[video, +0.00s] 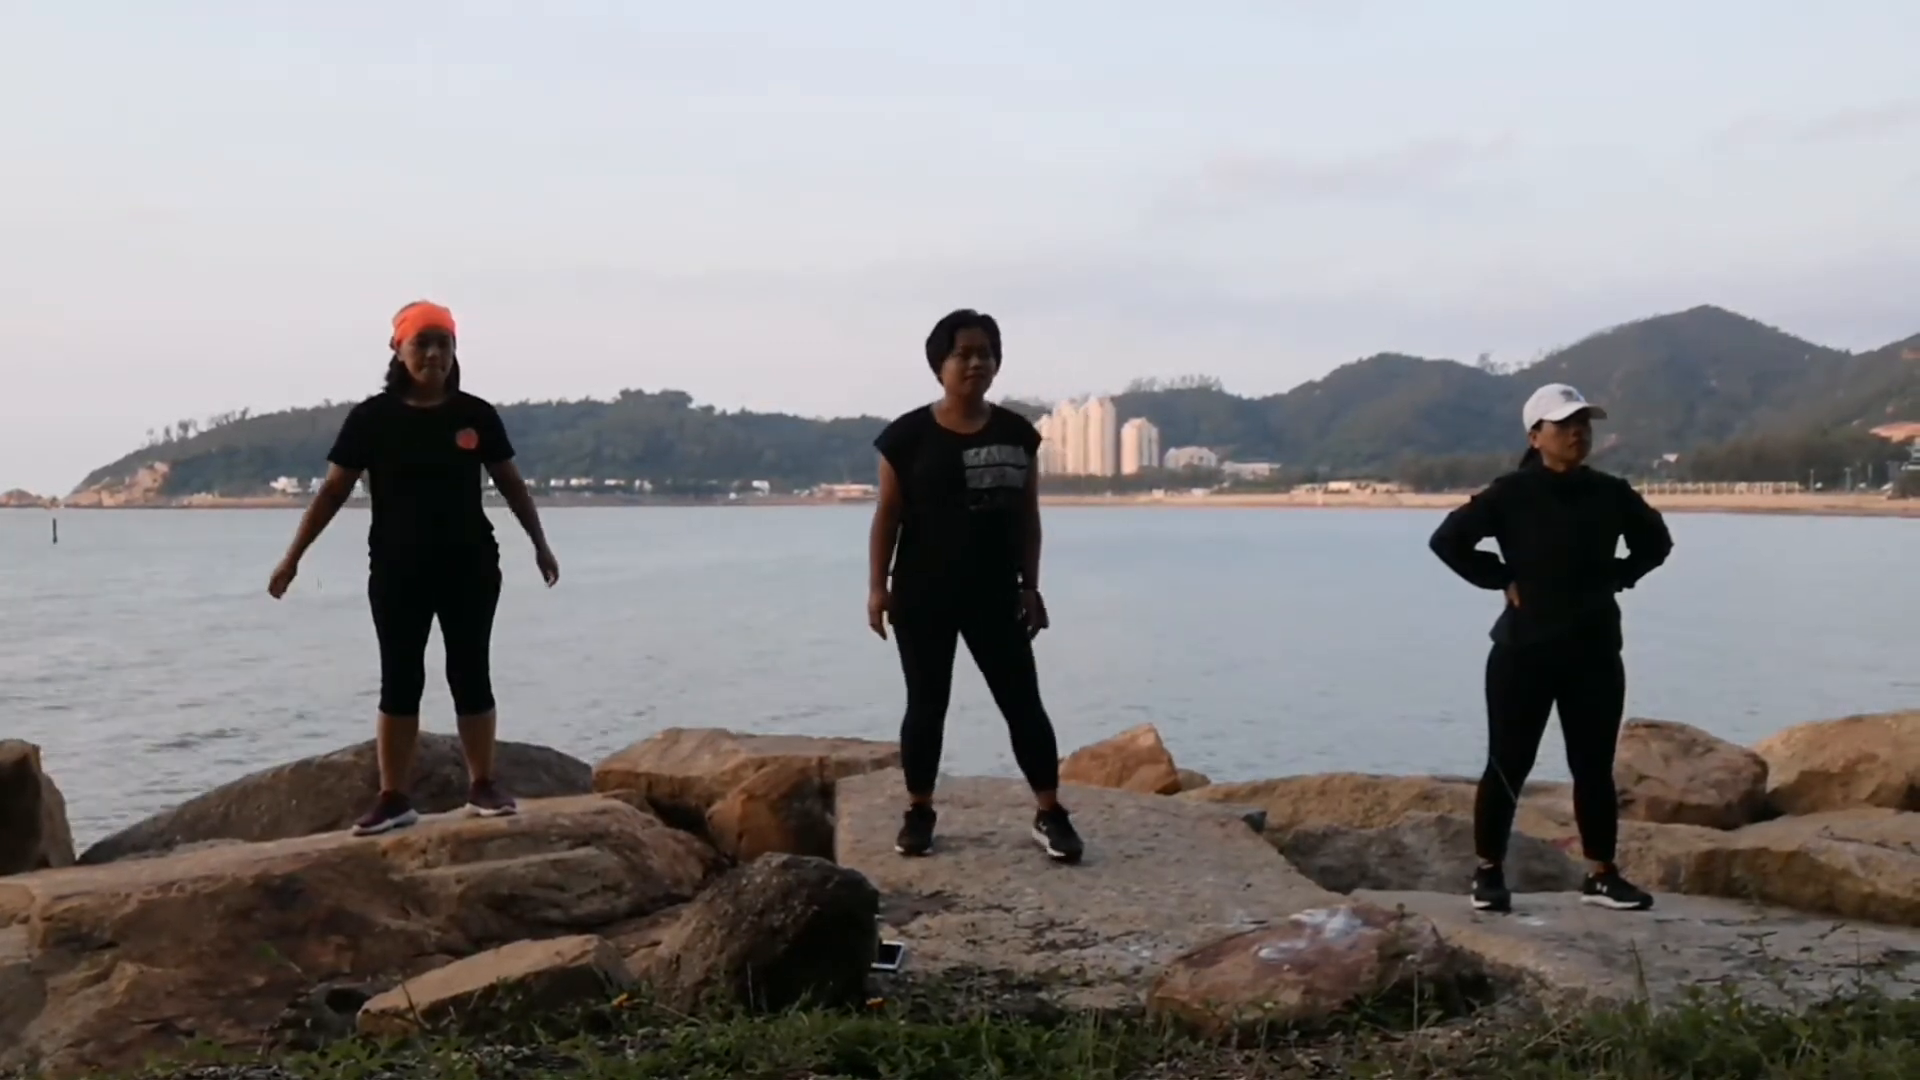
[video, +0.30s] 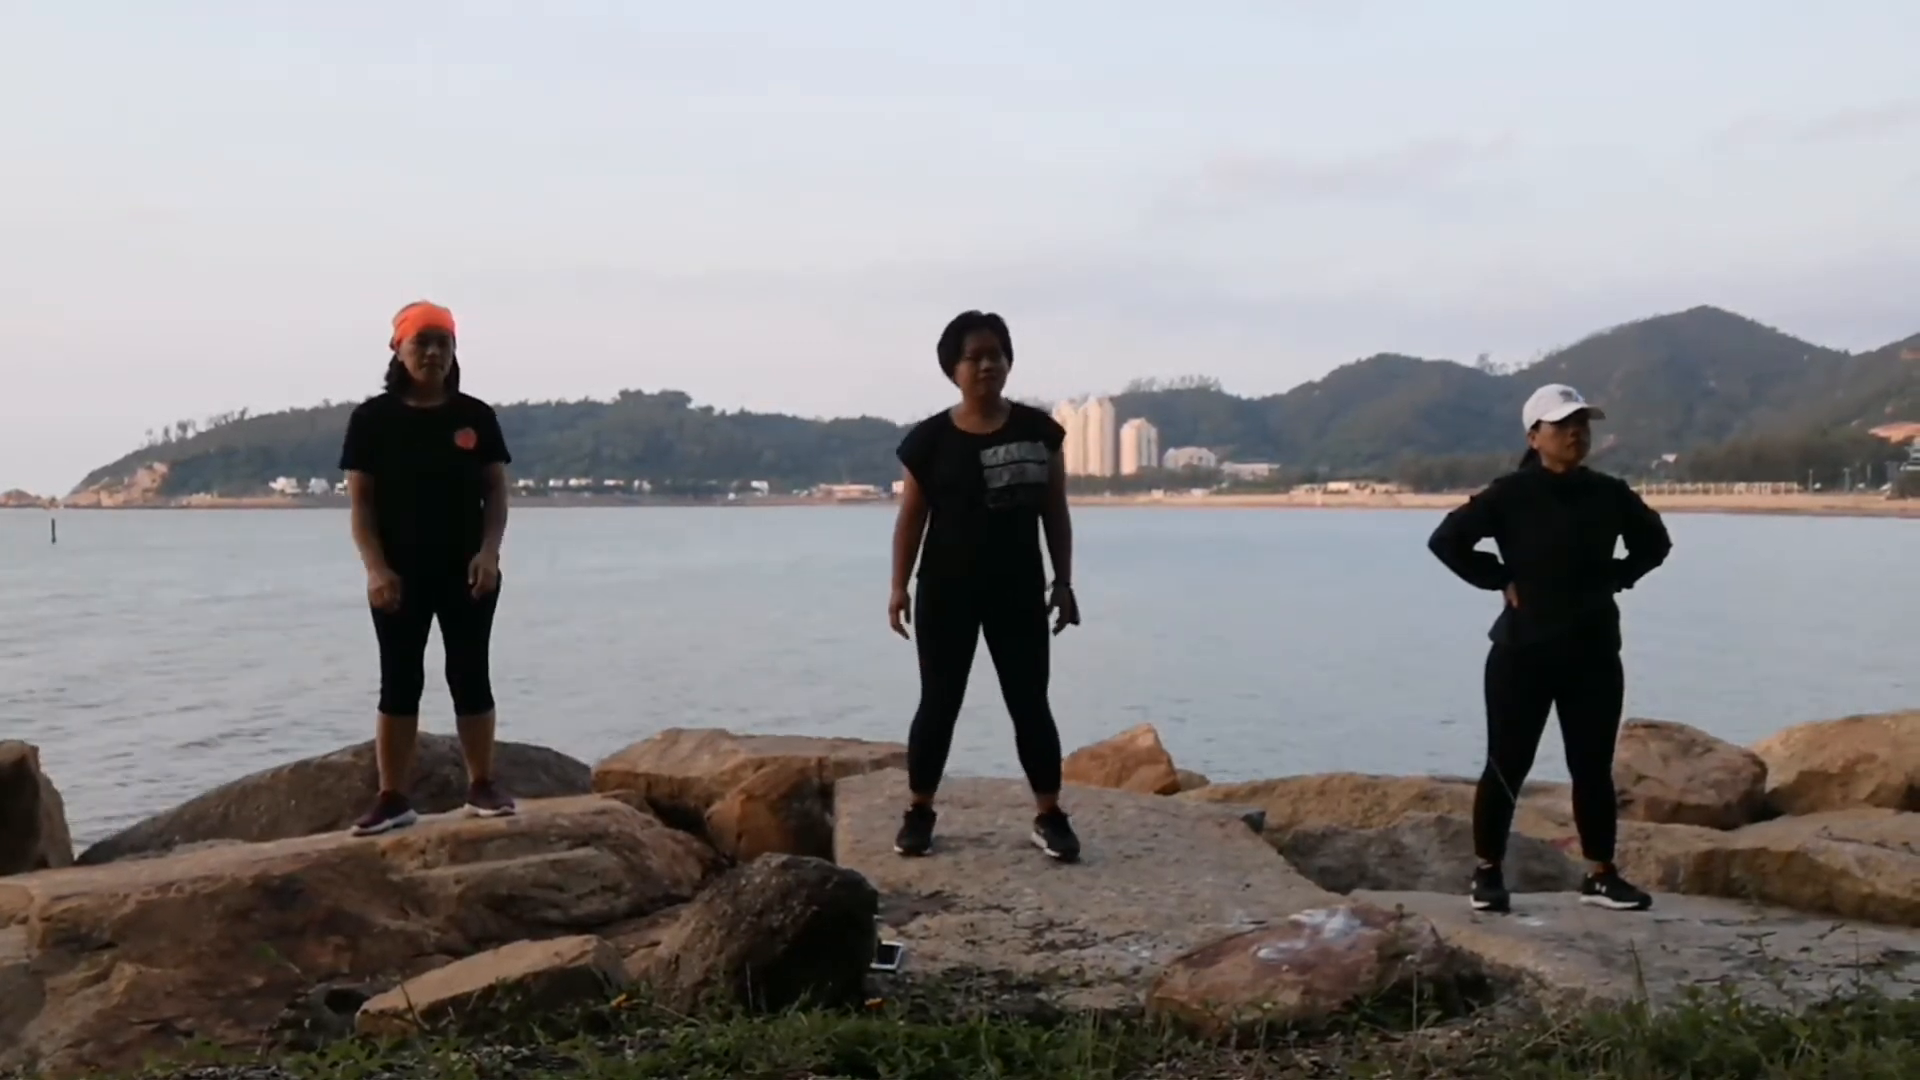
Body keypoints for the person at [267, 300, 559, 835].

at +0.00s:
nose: (433, 353)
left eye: (442, 343)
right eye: (422, 343)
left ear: (454, 351)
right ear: (399, 351)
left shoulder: (476, 417)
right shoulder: (370, 419)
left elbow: (509, 482)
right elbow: (332, 493)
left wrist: (539, 541)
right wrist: (291, 557)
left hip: (468, 570)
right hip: (398, 573)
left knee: (471, 678)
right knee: (399, 685)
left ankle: (482, 786)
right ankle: (392, 798)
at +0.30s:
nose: (431, 352)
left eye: (440, 342)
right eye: (420, 343)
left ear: (453, 350)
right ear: (399, 351)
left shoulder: (476, 416)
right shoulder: (371, 419)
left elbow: (497, 492)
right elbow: (360, 503)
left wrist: (489, 551)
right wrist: (374, 567)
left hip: (466, 571)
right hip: (399, 574)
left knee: (471, 680)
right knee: (398, 687)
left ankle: (482, 787)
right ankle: (391, 796)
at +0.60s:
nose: (433, 349)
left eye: (441, 339)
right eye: (421, 340)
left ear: (452, 347)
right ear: (396, 350)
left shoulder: (475, 415)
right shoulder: (370, 419)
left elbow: (499, 486)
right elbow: (356, 497)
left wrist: (482, 533)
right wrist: (391, 550)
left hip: (467, 570)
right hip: (399, 572)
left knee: (470, 679)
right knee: (398, 685)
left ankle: (480, 787)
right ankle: (390, 798)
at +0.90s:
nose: (443, 349)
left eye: (448, 340)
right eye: (431, 340)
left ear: (454, 348)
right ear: (399, 349)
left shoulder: (473, 416)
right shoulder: (368, 421)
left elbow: (504, 485)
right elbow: (329, 495)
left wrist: (536, 547)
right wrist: (285, 562)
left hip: (468, 571)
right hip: (398, 575)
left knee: (470, 681)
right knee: (398, 687)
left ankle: (480, 787)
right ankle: (388, 799)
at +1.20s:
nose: (444, 349)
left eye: (447, 341)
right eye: (431, 341)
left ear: (450, 349)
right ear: (398, 351)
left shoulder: (470, 416)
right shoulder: (367, 422)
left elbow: (496, 492)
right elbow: (344, 503)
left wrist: (516, 558)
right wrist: (320, 576)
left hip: (467, 572)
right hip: (398, 576)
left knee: (469, 681)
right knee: (397, 687)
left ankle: (478, 787)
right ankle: (388, 798)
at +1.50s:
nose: (437, 351)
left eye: (440, 342)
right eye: (424, 343)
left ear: (445, 349)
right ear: (391, 353)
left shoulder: (465, 414)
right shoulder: (361, 423)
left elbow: (492, 482)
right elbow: (354, 505)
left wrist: (476, 525)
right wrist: (402, 540)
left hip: (465, 570)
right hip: (395, 573)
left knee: (467, 681)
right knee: (395, 686)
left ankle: (477, 789)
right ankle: (387, 798)